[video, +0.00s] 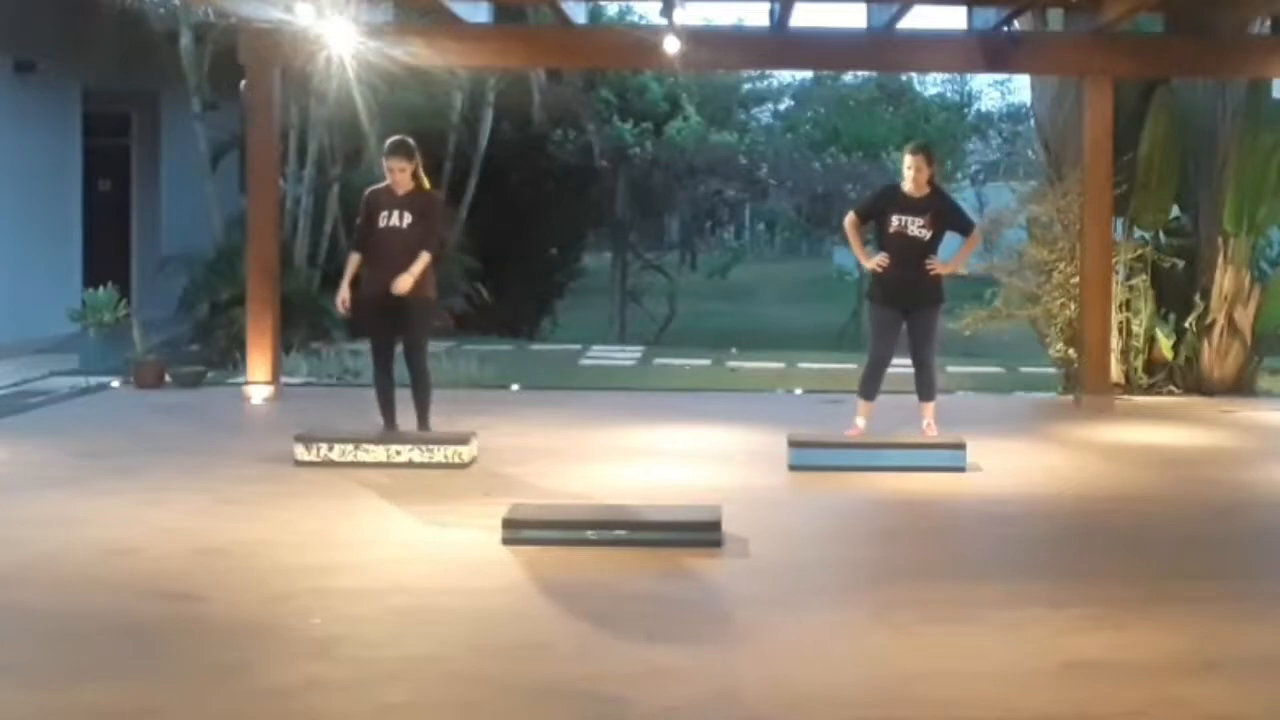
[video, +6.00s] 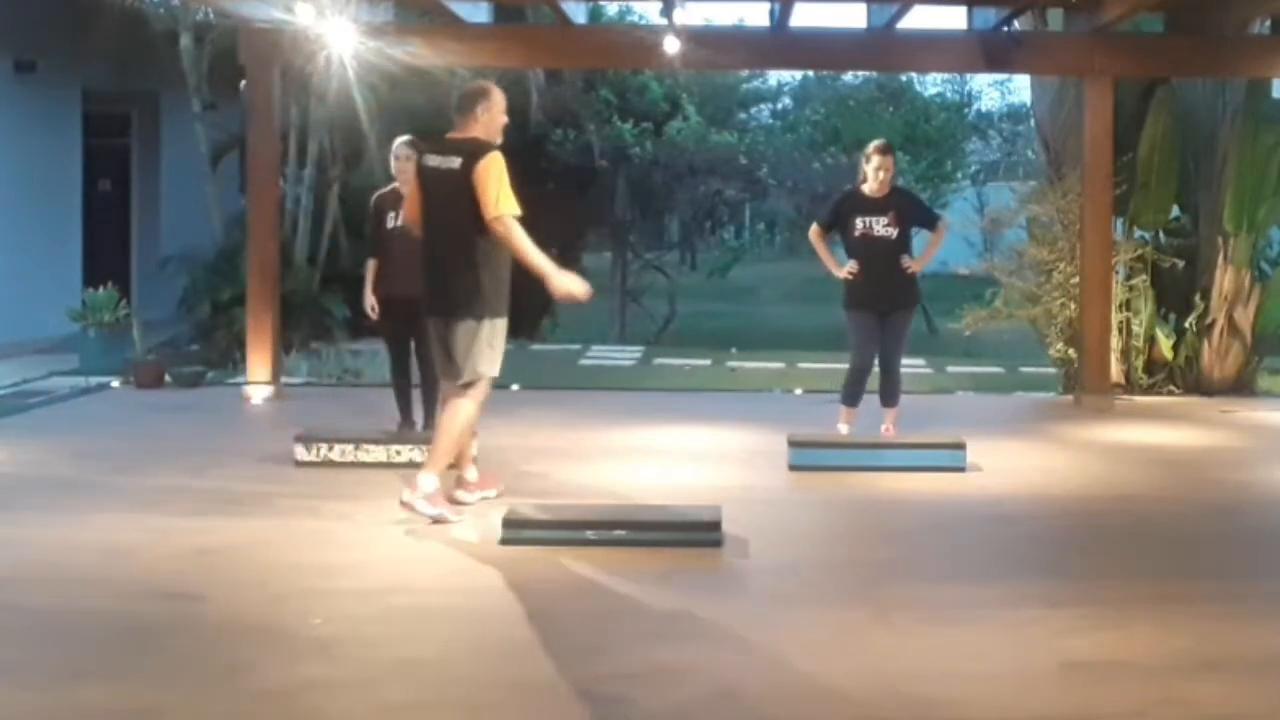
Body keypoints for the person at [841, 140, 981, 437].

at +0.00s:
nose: (911, 174)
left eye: (918, 169)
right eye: (908, 168)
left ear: (931, 170)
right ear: (902, 168)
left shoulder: (940, 202)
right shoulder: (887, 196)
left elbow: (974, 234)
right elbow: (851, 221)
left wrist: (952, 265)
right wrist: (865, 258)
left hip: (924, 288)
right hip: (887, 286)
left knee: (924, 356)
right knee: (880, 354)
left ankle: (928, 419)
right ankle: (861, 418)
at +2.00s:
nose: (888, 160)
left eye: (894, 155)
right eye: (884, 154)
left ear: (906, 162)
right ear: (877, 160)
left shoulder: (919, 200)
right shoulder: (863, 196)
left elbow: (956, 235)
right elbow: (830, 225)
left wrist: (931, 265)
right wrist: (845, 260)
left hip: (904, 290)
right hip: (866, 288)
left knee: (906, 363)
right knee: (854, 360)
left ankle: (915, 430)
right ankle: (839, 429)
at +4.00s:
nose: (872, 159)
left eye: (877, 154)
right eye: (867, 154)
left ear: (888, 161)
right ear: (858, 161)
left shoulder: (903, 199)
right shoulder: (844, 199)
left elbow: (941, 229)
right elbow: (813, 229)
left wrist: (919, 265)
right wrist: (831, 263)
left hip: (893, 289)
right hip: (853, 289)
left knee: (898, 362)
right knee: (845, 359)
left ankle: (913, 429)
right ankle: (837, 429)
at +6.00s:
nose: (884, 175)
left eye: (889, 169)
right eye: (879, 169)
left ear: (895, 170)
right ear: (866, 168)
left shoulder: (904, 200)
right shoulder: (848, 200)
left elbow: (940, 228)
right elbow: (815, 233)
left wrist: (922, 262)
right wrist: (836, 268)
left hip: (899, 289)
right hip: (862, 289)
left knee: (890, 360)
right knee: (863, 357)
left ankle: (889, 426)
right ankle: (845, 424)